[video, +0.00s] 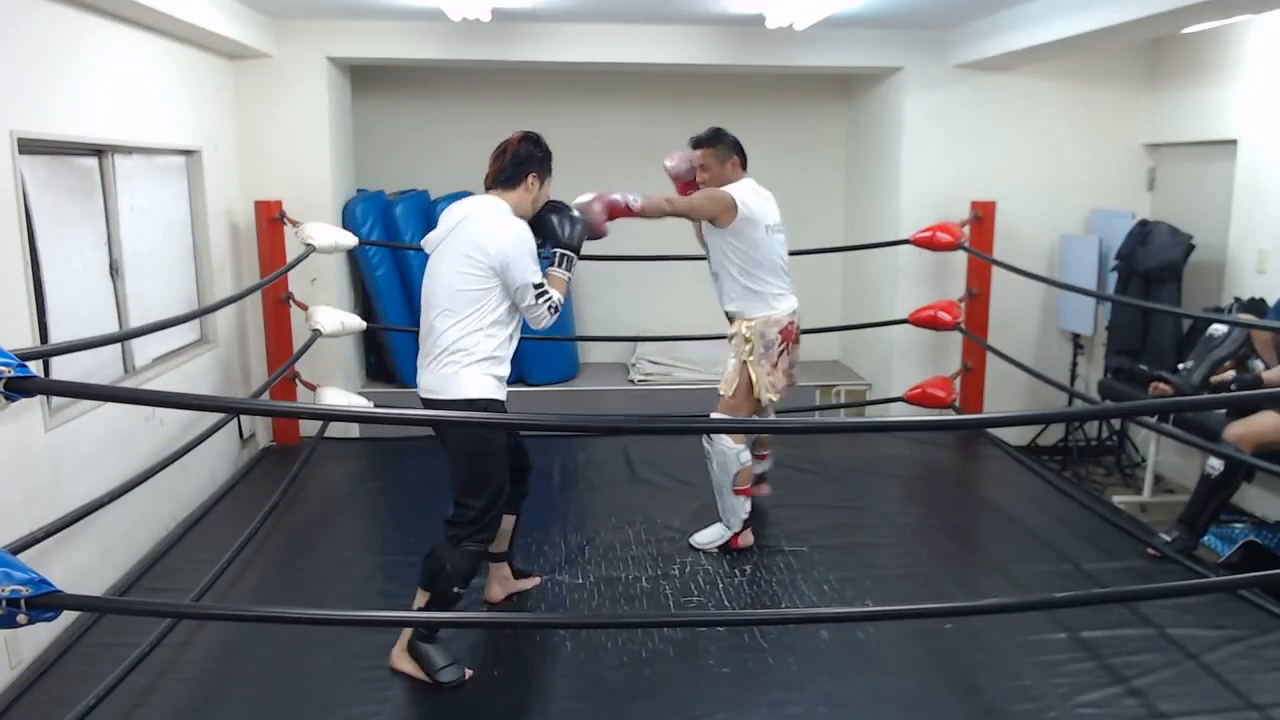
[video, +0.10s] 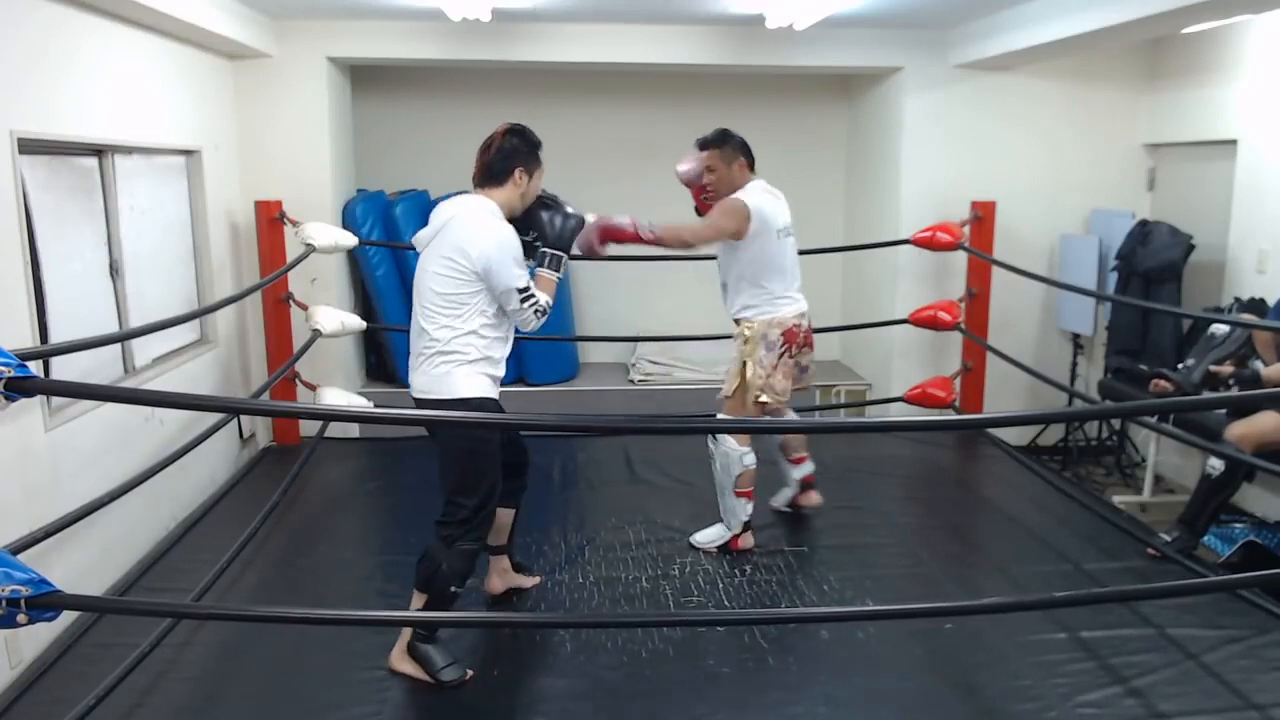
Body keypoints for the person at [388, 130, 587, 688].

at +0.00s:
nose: (544, 198)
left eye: (545, 189)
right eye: (544, 188)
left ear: (500, 175)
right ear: (529, 180)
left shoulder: (457, 215)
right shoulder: (507, 229)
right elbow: (543, 313)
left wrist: (536, 238)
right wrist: (563, 257)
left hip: (441, 384)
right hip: (471, 392)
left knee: (514, 468)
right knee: (477, 512)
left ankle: (499, 577)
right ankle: (413, 643)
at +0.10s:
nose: (536, 193)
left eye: (538, 184)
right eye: (536, 182)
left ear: (493, 172)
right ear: (518, 175)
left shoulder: (453, 213)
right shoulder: (492, 231)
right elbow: (532, 317)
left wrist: (528, 241)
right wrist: (553, 256)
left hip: (437, 379)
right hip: (463, 387)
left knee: (512, 461)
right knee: (470, 510)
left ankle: (499, 572)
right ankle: (411, 643)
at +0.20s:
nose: (533, 188)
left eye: (536, 178)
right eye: (533, 176)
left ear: (490, 168)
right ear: (511, 171)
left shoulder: (452, 206)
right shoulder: (477, 226)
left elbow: (416, 238)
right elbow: (514, 316)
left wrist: (509, 241)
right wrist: (545, 256)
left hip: (444, 374)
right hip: (453, 383)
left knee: (510, 455)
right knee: (460, 510)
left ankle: (495, 561)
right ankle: (410, 643)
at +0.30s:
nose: (537, 191)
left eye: (538, 180)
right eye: (535, 179)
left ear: (498, 173)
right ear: (510, 176)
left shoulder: (456, 210)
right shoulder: (469, 225)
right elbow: (501, 321)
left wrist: (519, 259)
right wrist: (537, 264)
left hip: (455, 377)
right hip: (443, 384)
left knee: (506, 460)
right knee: (460, 511)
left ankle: (505, 550)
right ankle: (409, 646)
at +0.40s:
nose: (542, 199)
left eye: (542, 187)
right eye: (539, 186)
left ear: (505, 181)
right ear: (513, 183)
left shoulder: (469, 219)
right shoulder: (468, 229)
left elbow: (488, 311)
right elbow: (493, 328)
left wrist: (528, 269)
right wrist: (537, 275)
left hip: (462, 382)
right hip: (441, 387)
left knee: (506, 471)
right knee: (459, 514)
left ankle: (508, 556)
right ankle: (409, 646)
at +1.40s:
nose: (520, 191)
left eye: (522, 181)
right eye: (512, 180)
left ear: (499, 183)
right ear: (479, 181)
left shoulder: (503, 231)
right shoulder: (436, 228)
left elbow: (517, 307)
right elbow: (444, 312)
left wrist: (536, 251)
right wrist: (489, 253)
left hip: (475, 369)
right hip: (425, 372)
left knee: (518, 464)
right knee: (397, 481)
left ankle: (515, 540)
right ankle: (355, 594)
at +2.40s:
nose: (485, 179)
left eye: (491, 171)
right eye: (475, 171)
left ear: (499, 175)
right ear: (453, 176)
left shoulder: (507, 220)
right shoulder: (428, 223)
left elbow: (521, 294)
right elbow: (453, 276)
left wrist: (515, 242)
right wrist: (488, 237)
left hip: (493, 353)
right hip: (433, 352)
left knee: (530, 443)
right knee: (398, 439)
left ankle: (565, 522)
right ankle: (366, 516)